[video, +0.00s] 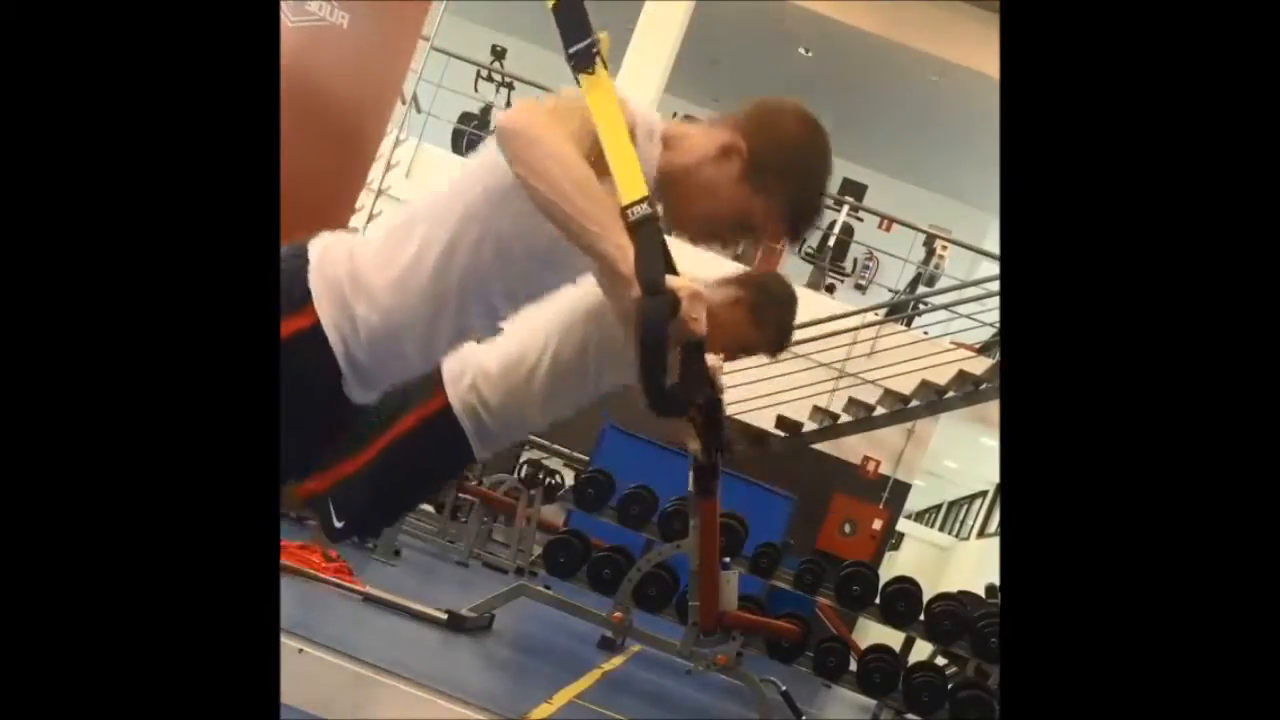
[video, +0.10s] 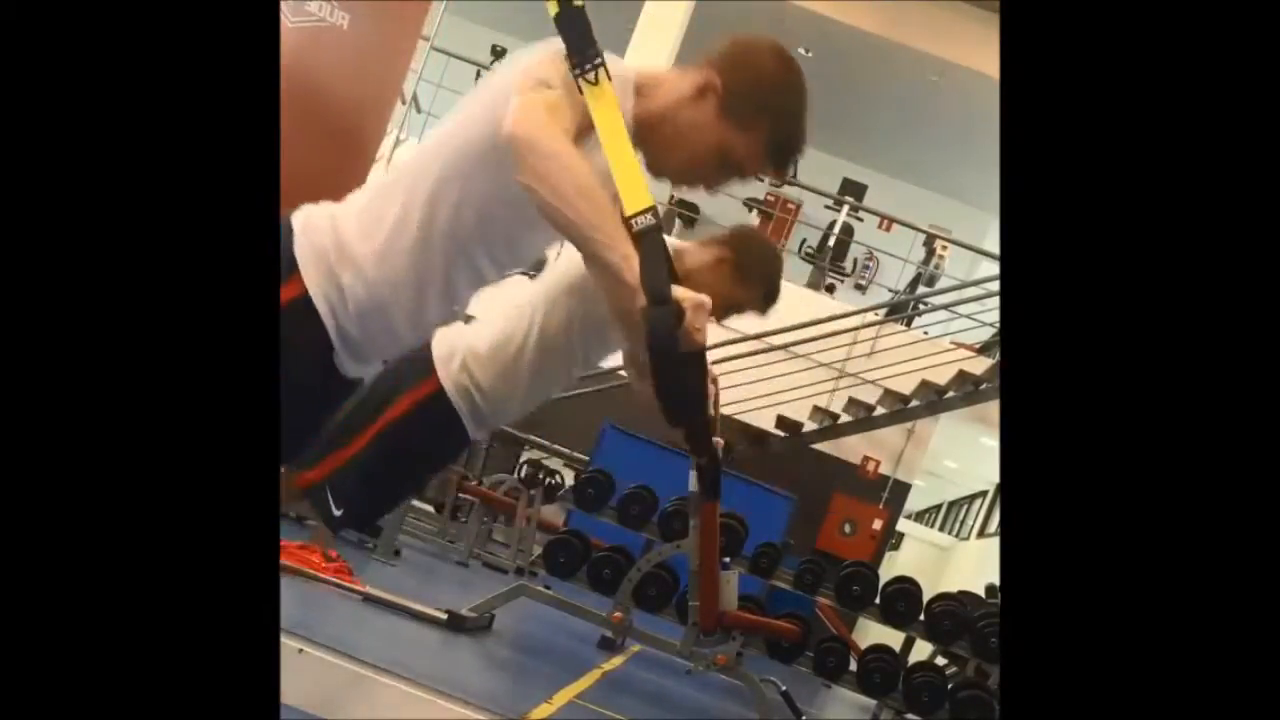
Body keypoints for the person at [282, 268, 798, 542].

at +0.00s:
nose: (715, 355)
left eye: (730, 352)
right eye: (726, 340)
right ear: (725, 296)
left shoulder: (668, 338)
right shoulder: (655, 283)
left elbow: (662, 409)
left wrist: (696, 424)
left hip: (492, 420)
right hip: (471, 392)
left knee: (360, 509)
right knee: (338, 501)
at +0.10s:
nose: (718, 309)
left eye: (731, 308)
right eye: (729, 294)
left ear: (717, 271)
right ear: (716, 255)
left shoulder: (655, 311)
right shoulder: (637, 248)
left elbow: (654, 390)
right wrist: (670, 310)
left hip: (470, 406)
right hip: (448, 378)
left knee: (339, 515)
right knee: (315, 499)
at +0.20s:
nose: (710, 289)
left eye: (723, 283)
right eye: (722, 274)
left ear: (704, 232)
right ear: (705, 232)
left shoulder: (647, 275)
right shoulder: (630, 236)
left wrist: (686, 382)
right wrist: (673, 319)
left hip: (461, 387)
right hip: (438, 362)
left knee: (340, 504)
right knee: (308, 486)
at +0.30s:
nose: (702, 270)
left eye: (714, 263)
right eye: (713, 255)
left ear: (691, 214)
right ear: (693, 213)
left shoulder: (632, 257)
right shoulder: (615, 220)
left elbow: (643, 324)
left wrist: (675, 367)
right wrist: (655, 311)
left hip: (457, 374)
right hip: (432, 347)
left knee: (346, 480)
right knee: (309, 465)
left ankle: (311, 535)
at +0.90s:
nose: (705, 302)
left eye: (718, 298)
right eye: (716, 288)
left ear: (703, 245)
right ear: (705, 244)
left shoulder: (641, 280)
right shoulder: (626, 237)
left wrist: (679, 391)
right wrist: (677, 379)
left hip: (450, 392)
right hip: (427, 369)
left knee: (325, 508)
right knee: (298, 490)